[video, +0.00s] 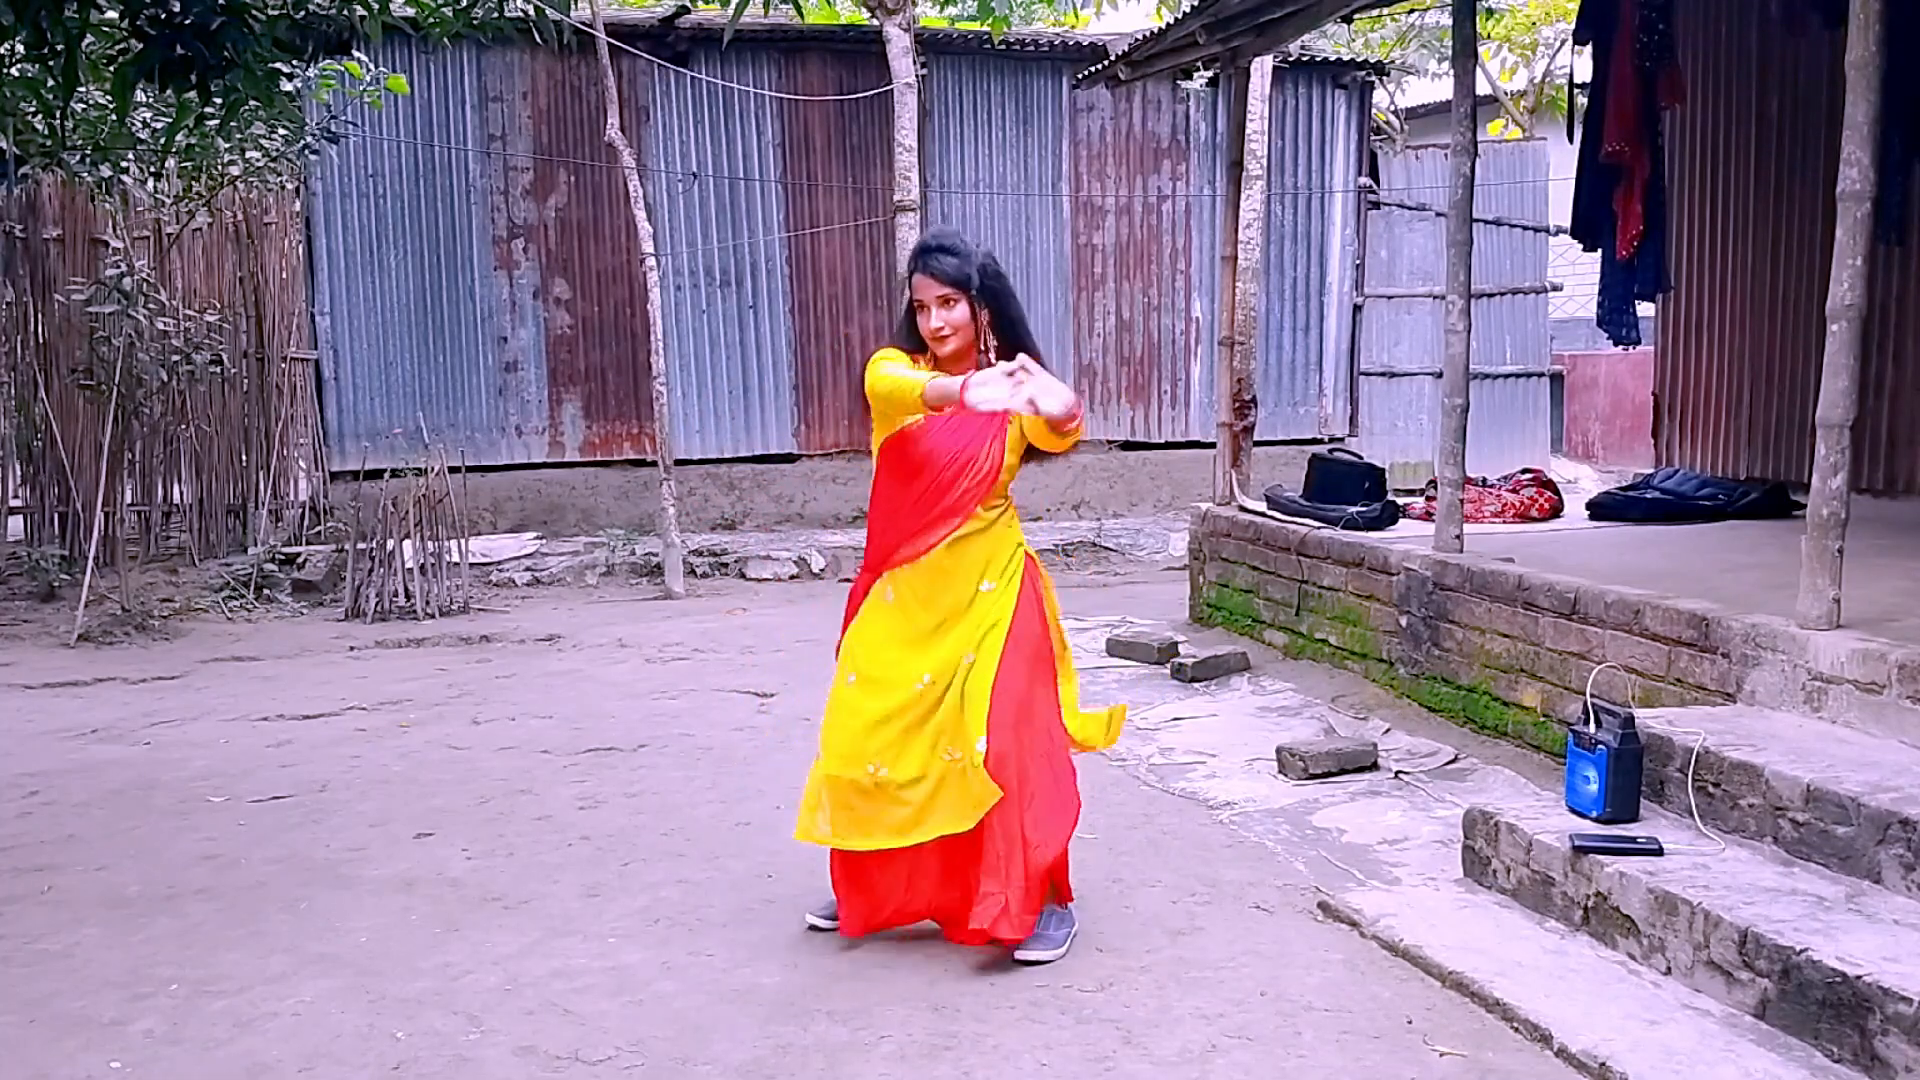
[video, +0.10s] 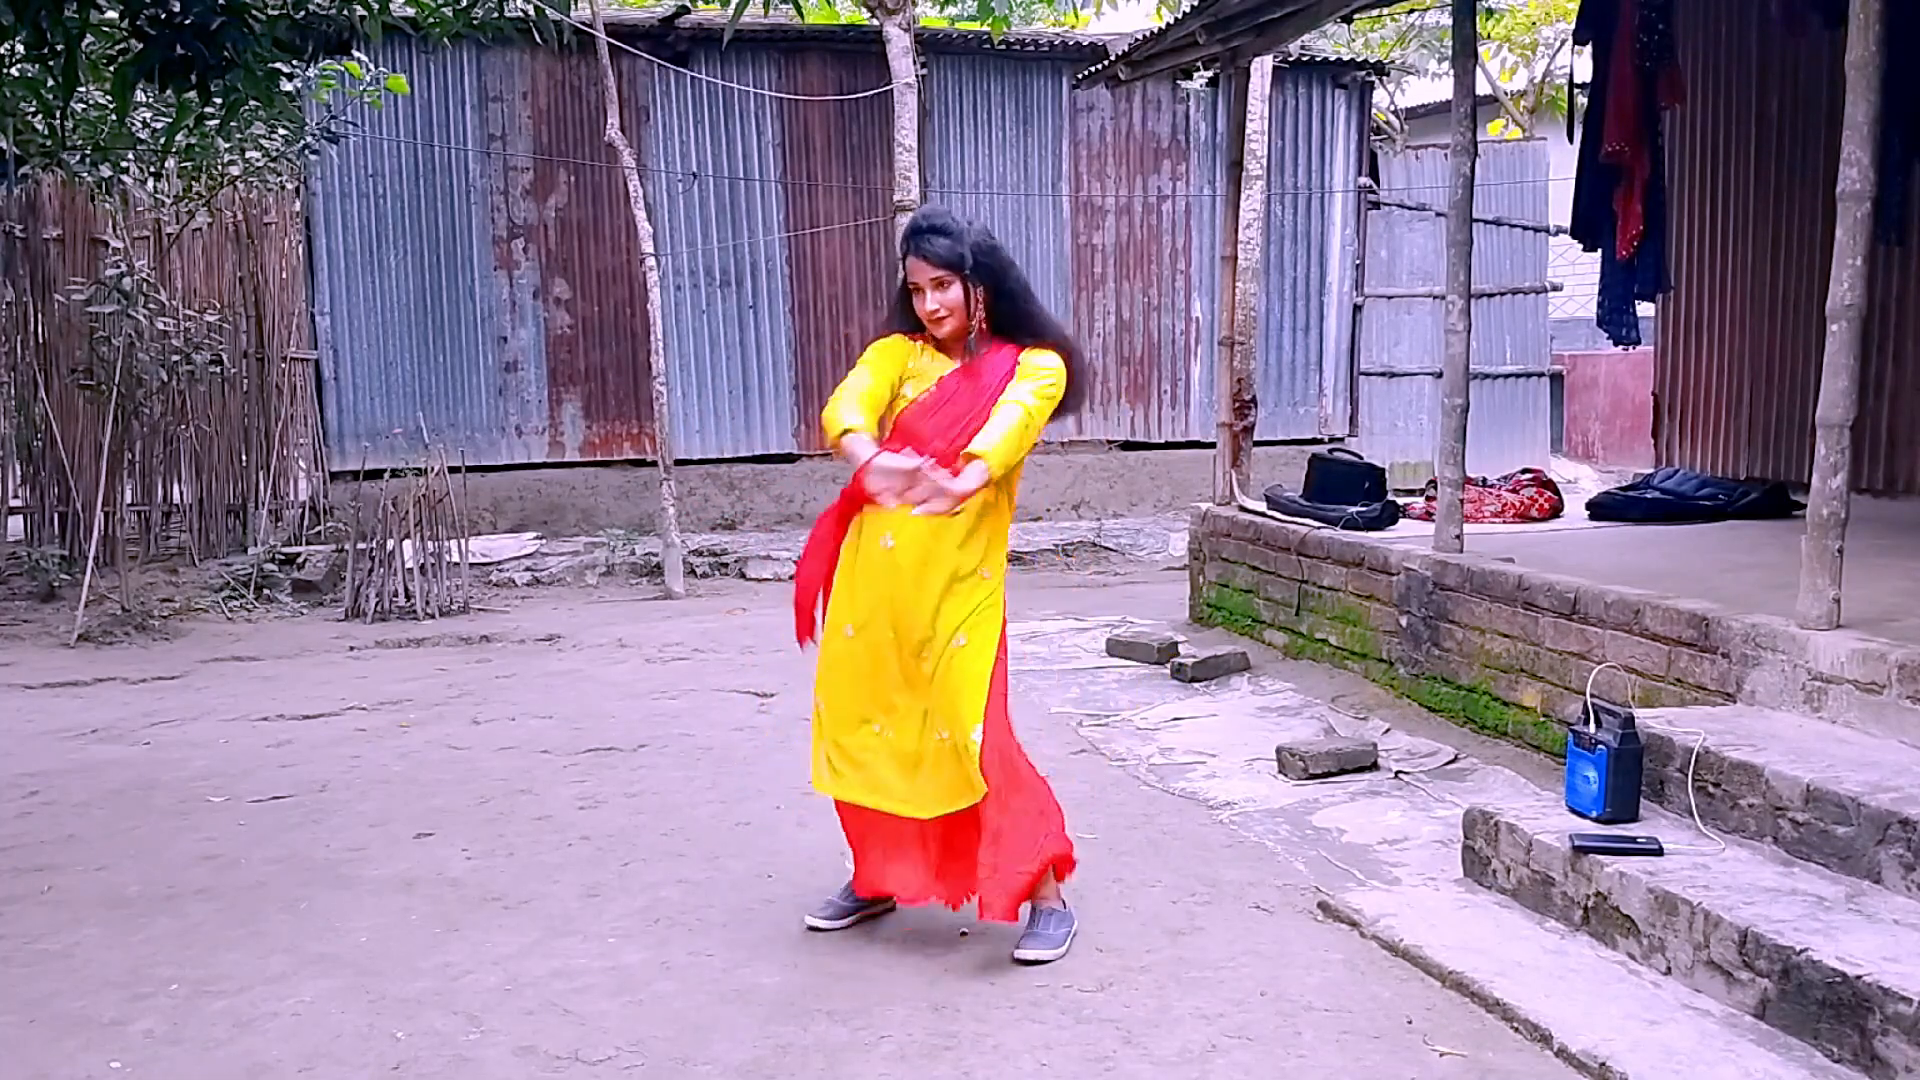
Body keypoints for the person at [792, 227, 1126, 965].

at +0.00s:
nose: (935, 322)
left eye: (948, 303)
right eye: (923, 308)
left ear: (983, 305)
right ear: (914, 313)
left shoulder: (1014, 383)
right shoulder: (893, 370)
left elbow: (1060, 422)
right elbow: (899, 382)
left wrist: (1040, 386)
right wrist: (967, 388)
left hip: (994, 574)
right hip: (905, 580)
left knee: (1015, 733)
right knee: (864, 727)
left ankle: (1050, 900)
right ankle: (861, 887)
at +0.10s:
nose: (928, 306)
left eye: (941, 288)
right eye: (916, 292)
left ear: (980, 285)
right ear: (906, 293)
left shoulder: (1034, 364)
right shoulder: (899, 351)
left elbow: (1011, 428)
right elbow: (843, 410)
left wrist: (965, 477)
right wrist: (867, 454)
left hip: (958, 582)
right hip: (871, 573)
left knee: (979, 732)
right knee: (857, 722)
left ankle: (1046, 894)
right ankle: (873, 877)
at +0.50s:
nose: (927, 290)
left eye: (944, 274)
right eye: (916, 274)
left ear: (978, 273)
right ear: (905, 274)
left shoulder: (1008, 341)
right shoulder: (903, 357)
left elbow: (947, 404)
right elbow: (852, 414)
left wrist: (860, 471)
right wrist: (813, 468)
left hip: (984, 547)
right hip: (912, 550)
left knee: (974, 712)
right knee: (879, 701)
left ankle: (1048, 895)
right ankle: (872, 871)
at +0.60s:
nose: (926, 275)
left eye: (943, 260)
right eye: (917, 258)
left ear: (977, 265)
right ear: (906, 262)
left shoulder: (1005, 337)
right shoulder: (902, 353)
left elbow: (957, 410)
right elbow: (849, 414)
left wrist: (867, 467)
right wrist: (808, 455)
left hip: (986, 555)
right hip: (914, 559)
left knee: (987, 720)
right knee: (881, 711)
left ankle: (1047, 897)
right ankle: (875, 876)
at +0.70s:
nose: (928, 283)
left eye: (945, 268)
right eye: (919, 267)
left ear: (980, 272)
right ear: (908, 272)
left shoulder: (1013, 343)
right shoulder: (897, 369)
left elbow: (941, 392)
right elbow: (849, 429)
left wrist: (821, 412)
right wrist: (787, 449)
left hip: (988, 567)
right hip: (906, 566)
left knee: (966, 733)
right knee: (863, 713)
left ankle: (1047, 899)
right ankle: (871, 874)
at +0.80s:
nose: (934, 300)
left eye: (951, 284)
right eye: (924, 284)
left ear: (987, 286)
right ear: (915, 289)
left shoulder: (1025, 352)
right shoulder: (916, 378)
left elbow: (951, 388)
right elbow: (851, 454)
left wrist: (830, 399)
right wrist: (786, 453)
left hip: (988, 576)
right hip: (904, 571)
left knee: (967, 739)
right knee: (855, 713)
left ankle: (1047, 901)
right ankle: (862, 877)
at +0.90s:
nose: (941, 285)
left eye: (957, 269)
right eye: (929, 270)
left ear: (992, 271)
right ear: (918, 277)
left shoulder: (1026, 342)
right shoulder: (916, 372)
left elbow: (966, 418)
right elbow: (865, 440)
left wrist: (872, 484)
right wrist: (832, 486)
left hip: (1001, 566)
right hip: (914, 563)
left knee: (977, 735)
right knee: (858, 716)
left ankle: (1049, 900)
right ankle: (875, 871)